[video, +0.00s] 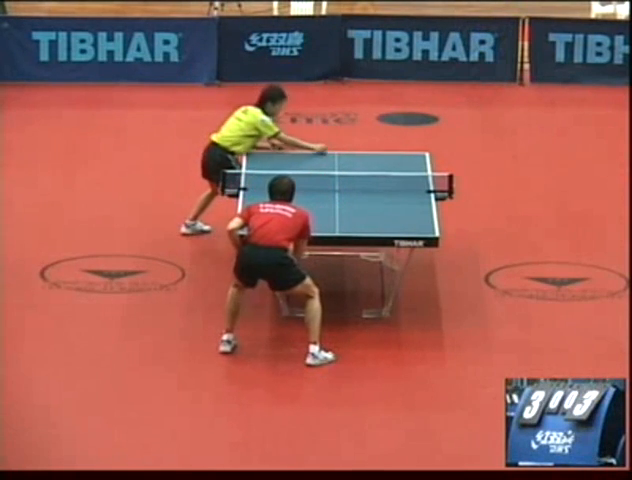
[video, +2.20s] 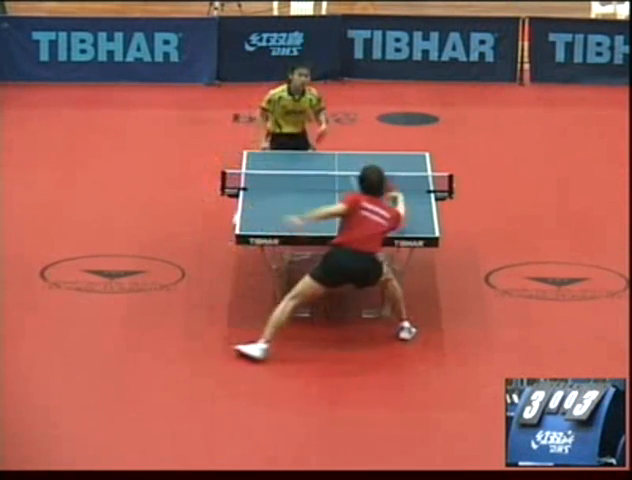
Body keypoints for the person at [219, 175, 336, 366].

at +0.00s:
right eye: (290, 193)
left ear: (270, 194)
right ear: (292, 195)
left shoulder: (254, 209)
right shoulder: (301, 215)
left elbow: (231, 228)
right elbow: (300, 251)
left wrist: (241, 250)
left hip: (250, 252)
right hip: (278, 255)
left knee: (237, 287)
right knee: (312, 294)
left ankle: (227, 336)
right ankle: (315, 349)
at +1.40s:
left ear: (268, 168)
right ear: (290, 169)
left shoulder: (253, 189)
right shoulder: (301, 192)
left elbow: (233, 218)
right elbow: (308, 233)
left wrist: (249, 229)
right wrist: (290, 233)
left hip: (255, 244)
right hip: (285, 246)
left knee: (240, 285)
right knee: (320, 289)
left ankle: (228, 336)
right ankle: (340, 342)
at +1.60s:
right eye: (304, 165)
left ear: (286, 169)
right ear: (308, 169)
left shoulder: (272, 190)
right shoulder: (321, 194)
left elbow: (252, 220)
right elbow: (332, 232)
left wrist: (270, 228)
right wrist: (316, 228)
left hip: (272, 245)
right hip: (302, 247)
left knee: (246, 285)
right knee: (335, 291)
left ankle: (228, 336)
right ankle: (350, 344)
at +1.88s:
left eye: (309, 168)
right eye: (317, 169)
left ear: (301, 172)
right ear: (322, 174)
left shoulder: (285, 194)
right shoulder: (333, 198)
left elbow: (255, 213)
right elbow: (356, 228)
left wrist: (250, 214)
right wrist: (338, 220)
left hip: (288, 254)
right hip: (319, 256)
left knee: (249, 294)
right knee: (353, 282)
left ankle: (237, 345)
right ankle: (369, 331)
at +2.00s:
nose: (332, 176)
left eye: (328, 172)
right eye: (341, 173)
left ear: (323, 174)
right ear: (345, 176)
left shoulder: (310, 193)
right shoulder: (354, 201)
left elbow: (279, 201)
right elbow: (377, 225)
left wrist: (248, 203)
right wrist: (357, 214)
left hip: (304, 255)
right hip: (334, 257)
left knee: (262, 294)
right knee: (367, 285)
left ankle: (238, 345)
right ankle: (398, 324)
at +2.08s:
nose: (347, 180)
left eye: (343, 176)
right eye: (356, 176)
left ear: (340, 179)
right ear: (362, 180)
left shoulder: (331, 197)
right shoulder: (373, 206)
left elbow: (300, 202)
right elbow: (395, 224)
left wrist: (268, 205)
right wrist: (382, 215)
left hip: (322, 256)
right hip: (351, 260)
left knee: (279, 298)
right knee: (378, 285)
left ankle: (243, 344)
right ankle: (404, 327)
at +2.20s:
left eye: (363, 184)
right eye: (382, 183)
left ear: (361, 185)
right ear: (383, 188)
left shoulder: (356, 200)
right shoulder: (391, 215)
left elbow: (337, 211)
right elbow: (401, 217)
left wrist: (303, 219)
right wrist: (399, 200)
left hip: (339, 256)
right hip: (367, 261)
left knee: (293, 298)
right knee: (388, 280)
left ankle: (262, 344)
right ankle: (405, 326)